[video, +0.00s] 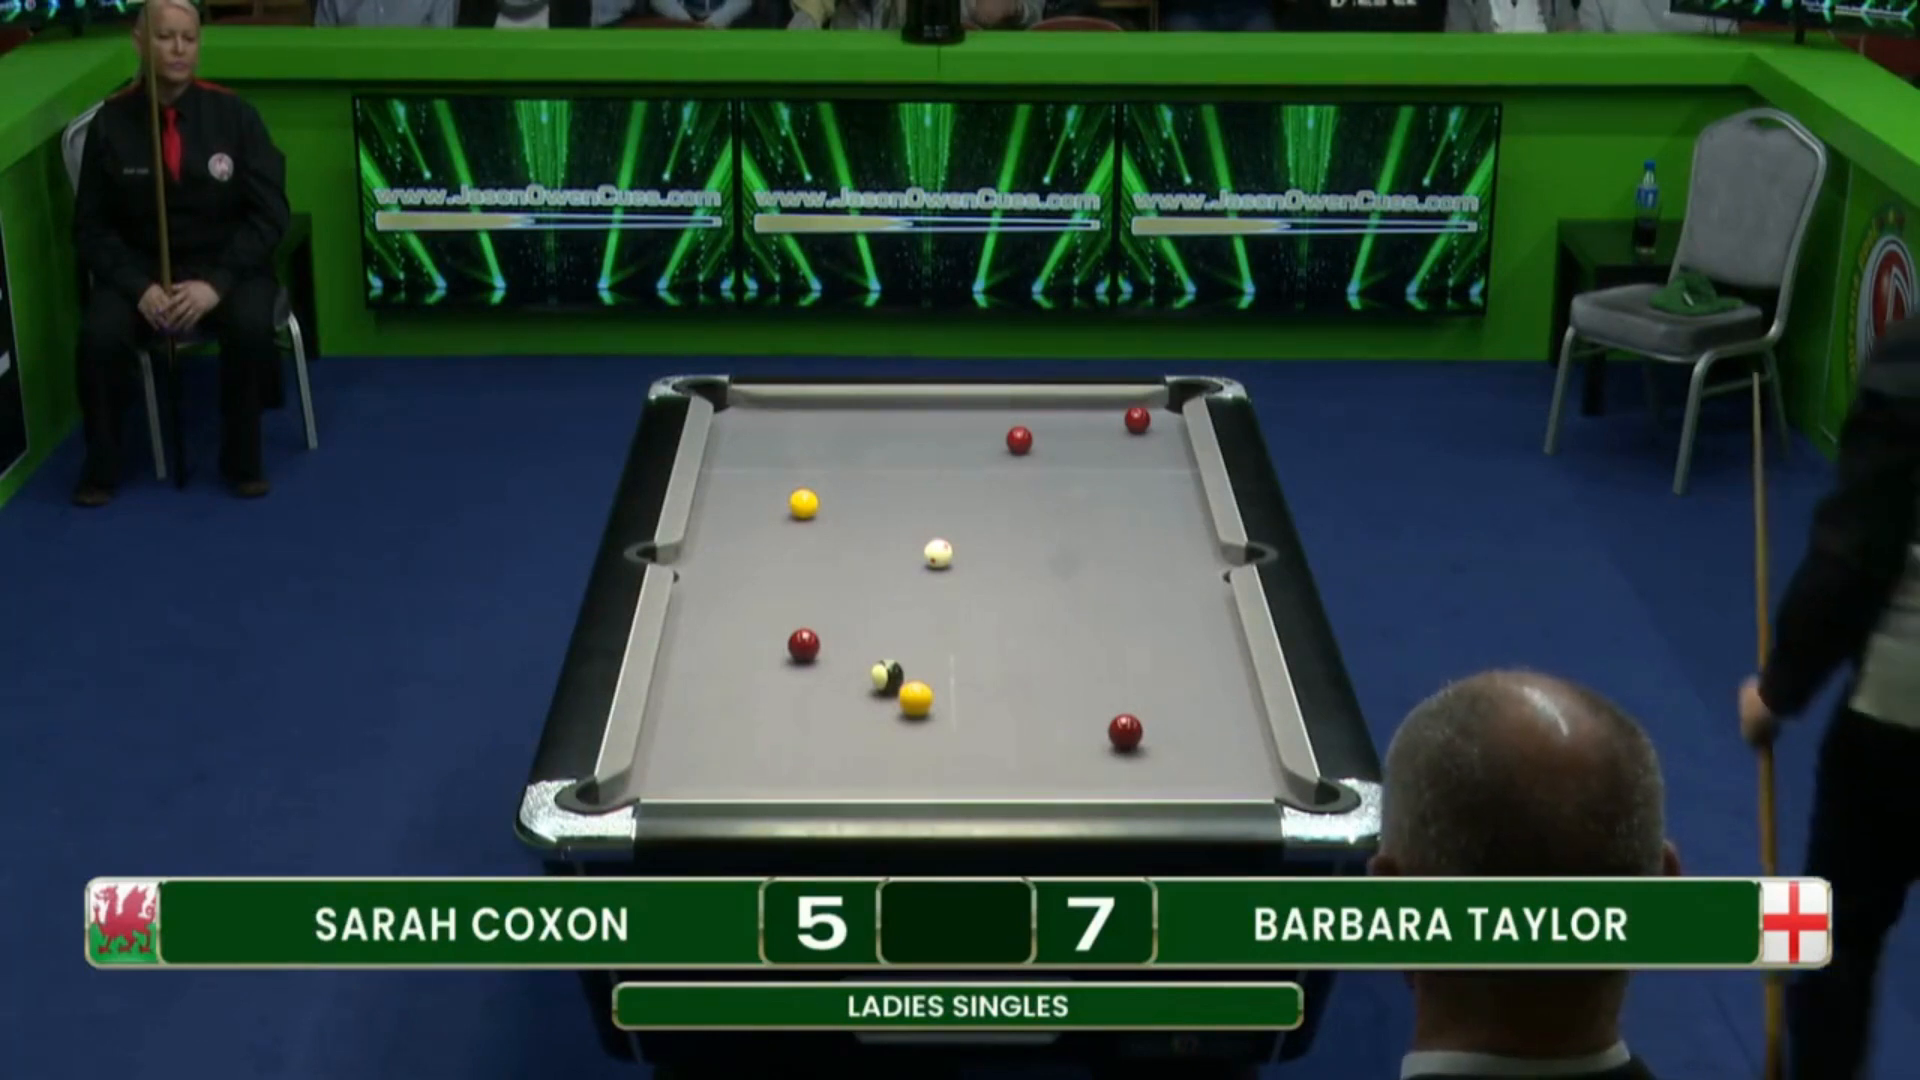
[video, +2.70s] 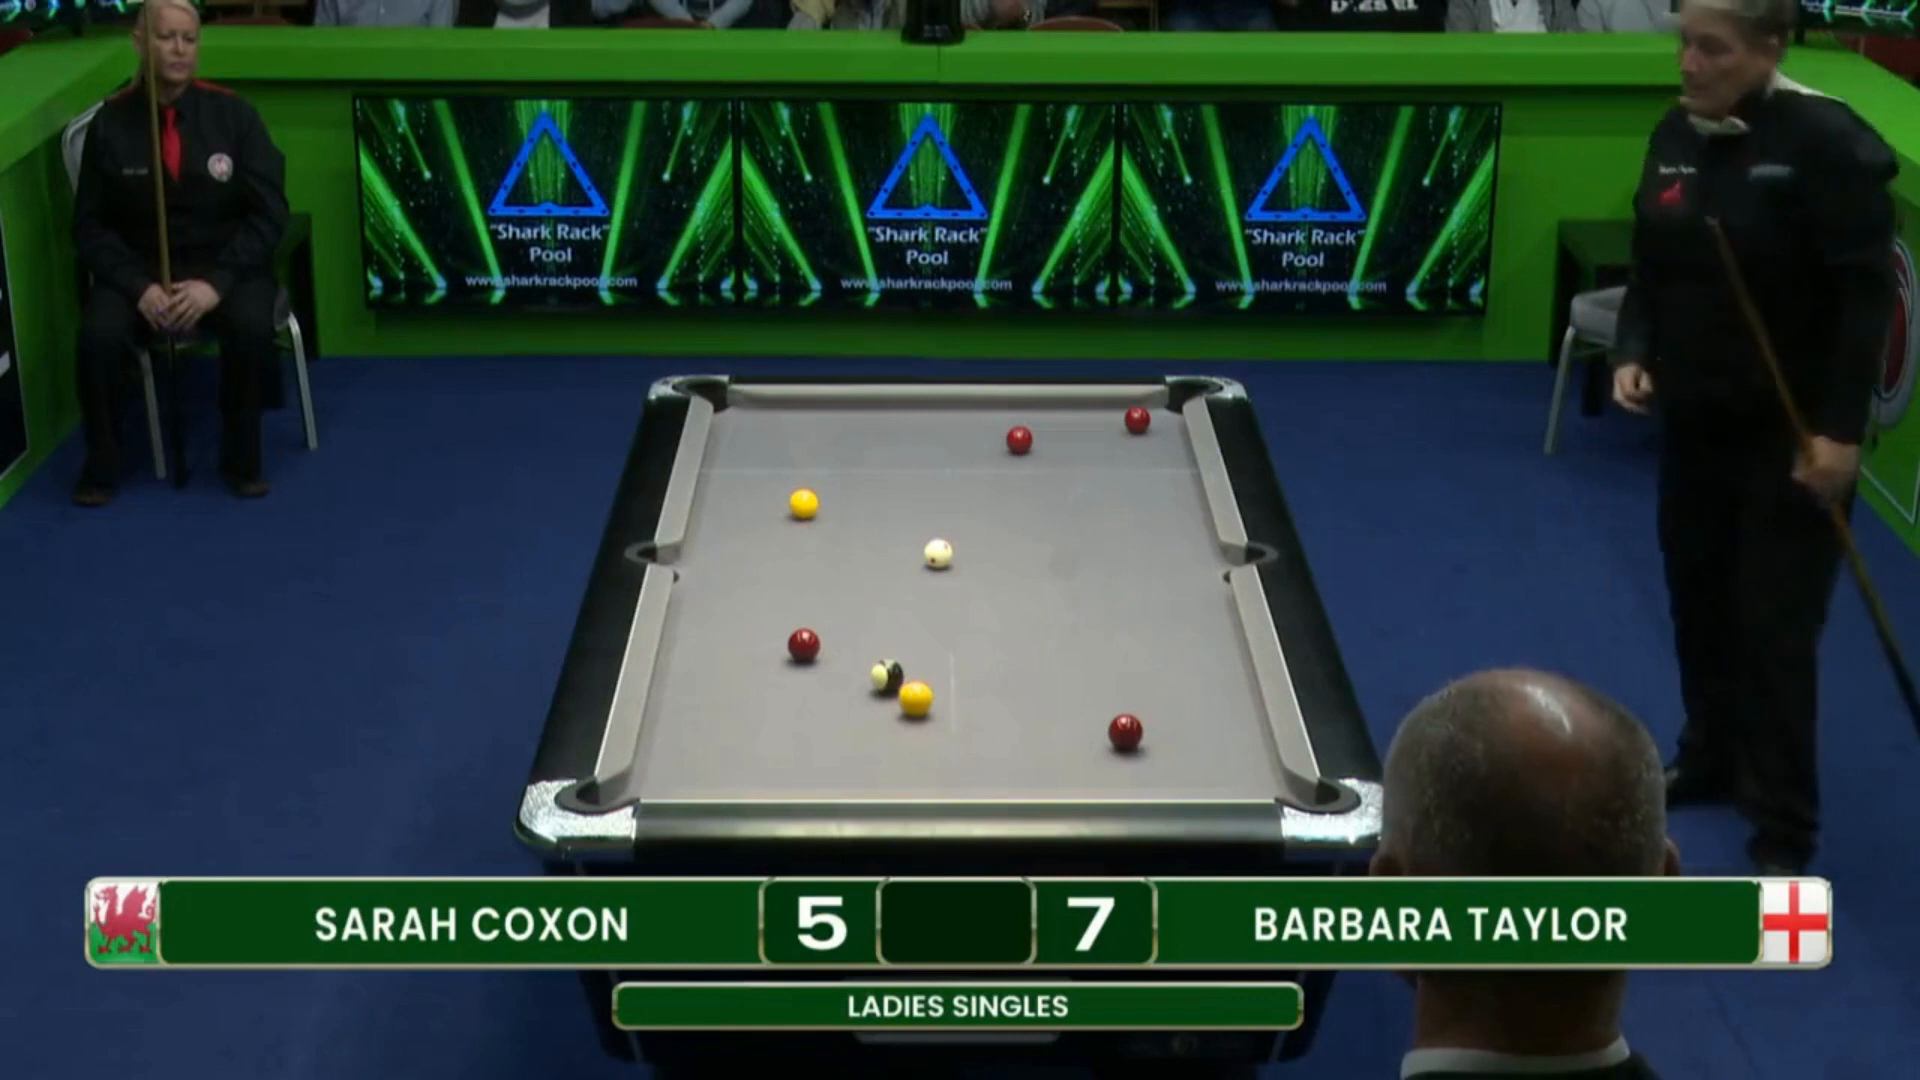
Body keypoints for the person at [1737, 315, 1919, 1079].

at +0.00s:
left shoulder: (1905, 373)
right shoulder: (1900, 372)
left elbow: (1857, 547)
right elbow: (1858, 546)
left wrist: (1778, 688)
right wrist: (1783, 683)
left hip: (1900, 711)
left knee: (1840, 933)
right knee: (1841, 933)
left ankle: (1821, 1062)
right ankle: (1826, 1057)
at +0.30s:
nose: (1870, 182)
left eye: (1876, 168)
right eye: (1879, 168)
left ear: (1887, 188)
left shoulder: (1844, 318)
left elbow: (1773, 489)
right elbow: (1778, 484)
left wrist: (1721, 595)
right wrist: (1726, 590)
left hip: (1843, 652)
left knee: (1794, 861)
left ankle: (1761, 1051)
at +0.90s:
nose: (1752, 135)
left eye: (1763, 117)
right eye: (1753, 115)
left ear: (1821, 123)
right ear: (1858, 120)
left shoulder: (1774, 227)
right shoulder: (1915, 204)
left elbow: (1707, 394)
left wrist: (1637, 473)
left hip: (1776, 540)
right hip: (1889, 537)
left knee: (1754, 757)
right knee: (1822, 722)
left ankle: (1766, 1023)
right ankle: (1794, 930)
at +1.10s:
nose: (1744, 111)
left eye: (1758, 92)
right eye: (1744, 91)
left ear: (1828, 95)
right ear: (1839, 95)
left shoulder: (1780, 206)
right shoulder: (1907, 171)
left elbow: (1726, 373)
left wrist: (1641, 463)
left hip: (1767, 502)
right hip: (1879, 499)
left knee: (1696, 681)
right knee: (1807, 682)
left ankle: (1749, 902)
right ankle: (1794, 898)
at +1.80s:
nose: (1664, 67)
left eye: (1682, 53)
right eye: (1662, 48)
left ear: (1744, 55)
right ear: (1746, 55)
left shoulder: (1722, 163)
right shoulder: (1789, 116)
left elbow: (1695, 321)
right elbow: (1819, 264)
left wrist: (1618, 434)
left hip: (1711, 431)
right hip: (1769, 417)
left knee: (1653, 615)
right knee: (1693, 590)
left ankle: (1668, 829)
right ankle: (1727, 779)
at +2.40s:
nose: (1651, 54)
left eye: (1669, 38)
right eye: (1644, 36)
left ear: (1727, 36)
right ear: (1642, 31)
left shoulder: (1795, 126)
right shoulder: (1671, 118)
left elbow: (1813, 277)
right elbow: (1668, 252)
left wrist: (1769, 397)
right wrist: (1646, 333)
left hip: (1780, 409)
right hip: (1696, 395)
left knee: (1746, 611)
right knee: (1696, 587)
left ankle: (1740, 830)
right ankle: (1705, 757)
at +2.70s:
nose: (1688, 64)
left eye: (1710, 48)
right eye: (1684, 45)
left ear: (1768, 52)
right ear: (1679, 42)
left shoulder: (1837, 147)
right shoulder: (1676, 135)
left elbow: (1867, 298)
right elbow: (1650, 264)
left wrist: (1843, 426)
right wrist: (1634, 349)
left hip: (1793, 434)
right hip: (1695, 421)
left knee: (1776, 628)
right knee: (1701, 604)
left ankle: (1784, 825)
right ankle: (1710, 761)